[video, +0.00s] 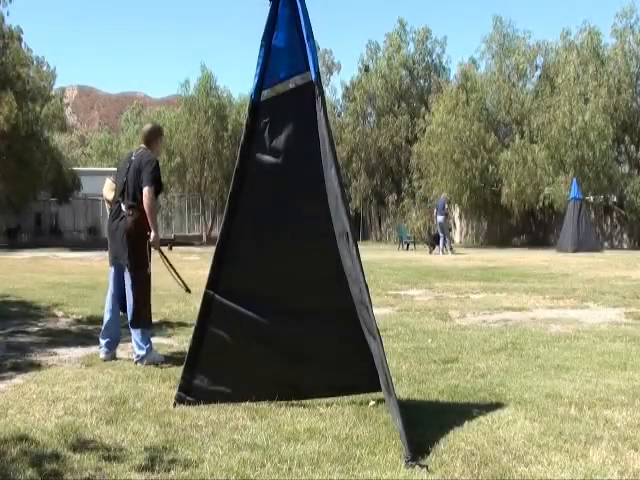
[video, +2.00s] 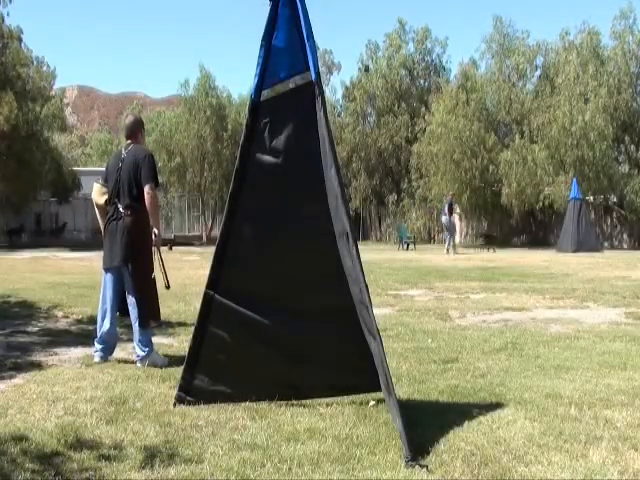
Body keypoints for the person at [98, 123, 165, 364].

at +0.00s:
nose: (162, 145)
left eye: (161, 141)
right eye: (162, 141)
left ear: (143, 139)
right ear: (157, 141)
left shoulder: (129, 158)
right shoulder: (149, 160)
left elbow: (111, 191)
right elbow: (148, 197)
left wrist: (117, 217)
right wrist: (154, 230)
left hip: (116, 222)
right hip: (133, 225)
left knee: (115, 289)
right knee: (138, 289)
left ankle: (107, 346)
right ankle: (143, 350)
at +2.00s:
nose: (145, 135)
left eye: (143, 132)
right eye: (144, 132)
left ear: (125, 135)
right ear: (140, 133)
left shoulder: (113, 160)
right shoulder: (144, 155)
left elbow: (99, 197)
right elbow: (149, 193)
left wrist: (105, 228)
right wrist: (156, 227)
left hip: (112, 230)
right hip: (134, 230)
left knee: (109, 294)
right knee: (138, 293)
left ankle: (102, 349)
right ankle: (144, 351)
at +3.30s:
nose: (140, 140)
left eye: (138, 136)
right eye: (139, 136)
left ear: (120, 138)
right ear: (135, 137)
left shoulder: (110, 160)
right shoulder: (134, 156)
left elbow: (101, 194)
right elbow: (148, 181)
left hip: (106, 223)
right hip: (124, 225)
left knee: (107, 288)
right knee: (132, 288)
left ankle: (96, 346)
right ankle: (144, 351)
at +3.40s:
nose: (140, 138)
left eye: (138, 135)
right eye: (139, 134)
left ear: (119, 138)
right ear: (134, 136)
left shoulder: (112, 160)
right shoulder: (128, 152)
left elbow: (110, 200)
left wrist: (140, 214)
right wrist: (167, 149)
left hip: (100, 236)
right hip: (119, 237)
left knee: (104, 292)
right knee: (138, 289)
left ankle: (95, 347)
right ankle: (143, 350)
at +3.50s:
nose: (144, 140)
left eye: (143, 137)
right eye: (142, 136)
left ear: (123, 138)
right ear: (135, 138)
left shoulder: (110, 163)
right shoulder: (129, 156)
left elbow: (94, 186)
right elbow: (143, 136)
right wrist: (163, 119)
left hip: (98, 238)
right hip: (118, 238)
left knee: (100, 296)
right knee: (133, 292)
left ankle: (95, 347)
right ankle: (130, 349)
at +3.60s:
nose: (144, 151)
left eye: (141, 148)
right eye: (143, 148)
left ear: (123, 148)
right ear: (139, 149)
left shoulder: (112, 164)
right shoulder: (141, 168)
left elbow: (90, 184)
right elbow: (167, 181)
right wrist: (177, 156)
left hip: (92, 224)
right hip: (111, 229)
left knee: (94, 285)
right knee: (122, 284)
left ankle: (94, 346)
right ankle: (126, 350)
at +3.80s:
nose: (140, 158)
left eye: (138, 154)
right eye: (139, 154)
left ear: (119, 154)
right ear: (133, 155)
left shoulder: (102, 168)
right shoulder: (135, 182)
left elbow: (75, 193)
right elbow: (137, 224)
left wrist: (88, 219)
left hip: (90, 230)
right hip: (112, 236)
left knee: (95, 289)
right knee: (127, 290)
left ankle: (89, 346)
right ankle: (127, 351)